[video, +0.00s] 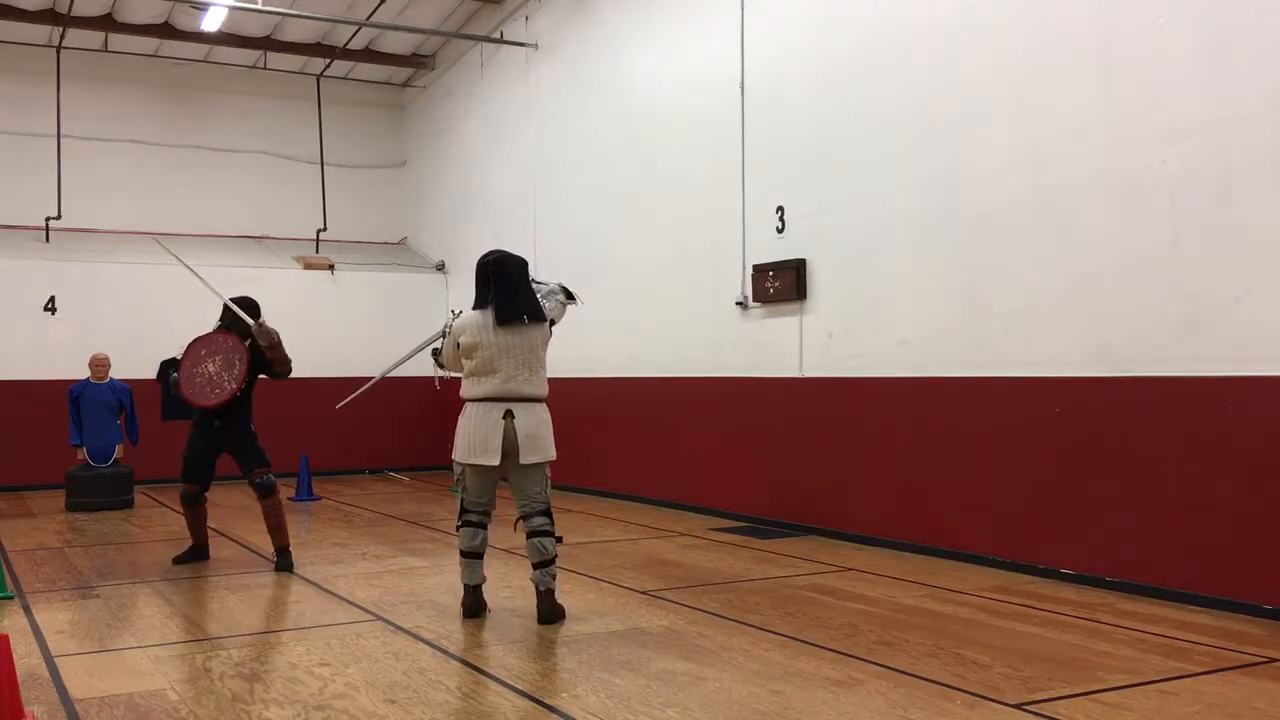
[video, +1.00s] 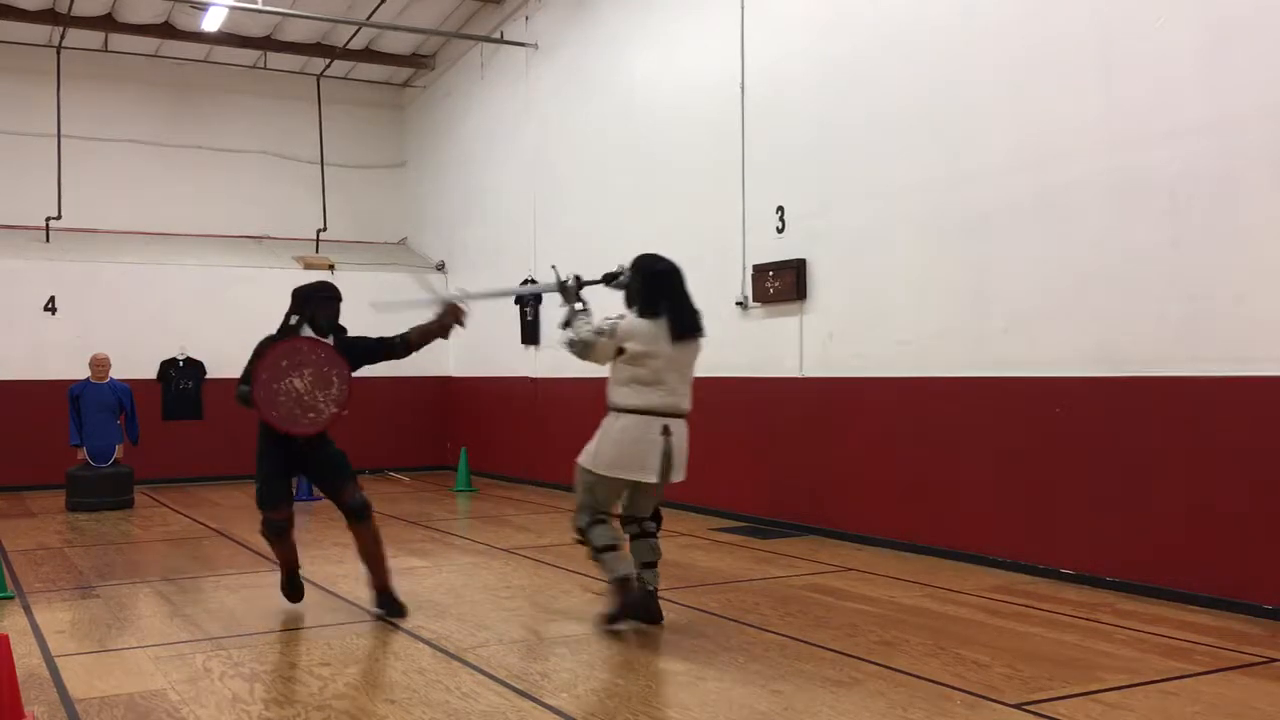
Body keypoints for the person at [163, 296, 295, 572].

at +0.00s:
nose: (230, 332)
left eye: (238, 326)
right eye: (229, 324)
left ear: (249, 328)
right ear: (224, 321)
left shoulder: (252, 352)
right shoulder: (205, 348)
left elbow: (282, 371)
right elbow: (182, 378)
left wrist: (273, 345)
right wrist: (178, 374)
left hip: (239, 428)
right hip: (204, 428)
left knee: (265, 484)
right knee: (190, 493)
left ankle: (282, 551)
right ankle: (199, 547)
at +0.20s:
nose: (246, 337)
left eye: (253, 330)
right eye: (243, 329)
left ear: (256, 333)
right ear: (230, 328)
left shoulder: (262, 362)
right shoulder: (209, 356)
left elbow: (290, 389)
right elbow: (188, 388)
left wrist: (313, 391)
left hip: (244, 438)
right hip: (208, 438)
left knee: (271, 485)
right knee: (195, 494)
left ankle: (263, 553)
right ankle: (199, 547)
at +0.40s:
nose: (273, 339)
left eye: (277, 333)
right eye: (269, 332)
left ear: (281, 334)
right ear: (255, 330)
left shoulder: (282, 370)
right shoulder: (226, 358)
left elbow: (299, 411)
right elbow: (204, 392)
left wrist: (322, 436)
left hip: (265, 443)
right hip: (227, 442)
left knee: (285, 504)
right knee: (199, 508)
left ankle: (266, 550)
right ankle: (207, 530)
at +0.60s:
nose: (289, 325)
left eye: (294, 319)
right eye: (284, 318)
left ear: (298, 323)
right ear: (269, 319)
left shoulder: (299, 360)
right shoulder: (244, 354)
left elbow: (315, 398)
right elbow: (222, 390)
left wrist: (340, 385)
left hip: (280, 440)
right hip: (244, 438)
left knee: (286, 509)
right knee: (245, 498)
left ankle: (267, 551)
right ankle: (250, 563)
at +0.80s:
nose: (308, 314)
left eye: (313, 307)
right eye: (301, 306)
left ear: (317, 310)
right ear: (284, 309)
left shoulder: (321, 347)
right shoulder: (259, 345)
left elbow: (367, 351)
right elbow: (221, 378)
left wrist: (377, 317)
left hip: (301, 438)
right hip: (265, 438)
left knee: (315, 518)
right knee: (282, 506)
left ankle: (281, 533)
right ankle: (285, 581)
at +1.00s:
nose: (332, 312)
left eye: (335, 305)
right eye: (325, 305)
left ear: (338, 308)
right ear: (306, 308)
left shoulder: (341, 349)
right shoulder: (274, 346)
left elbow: (397, 346)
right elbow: (244, 392)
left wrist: (439, 324)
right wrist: (275, 396)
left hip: (316, 439)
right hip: (276, 442)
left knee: (358, 508)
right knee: (275, 523)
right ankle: (289, 567)